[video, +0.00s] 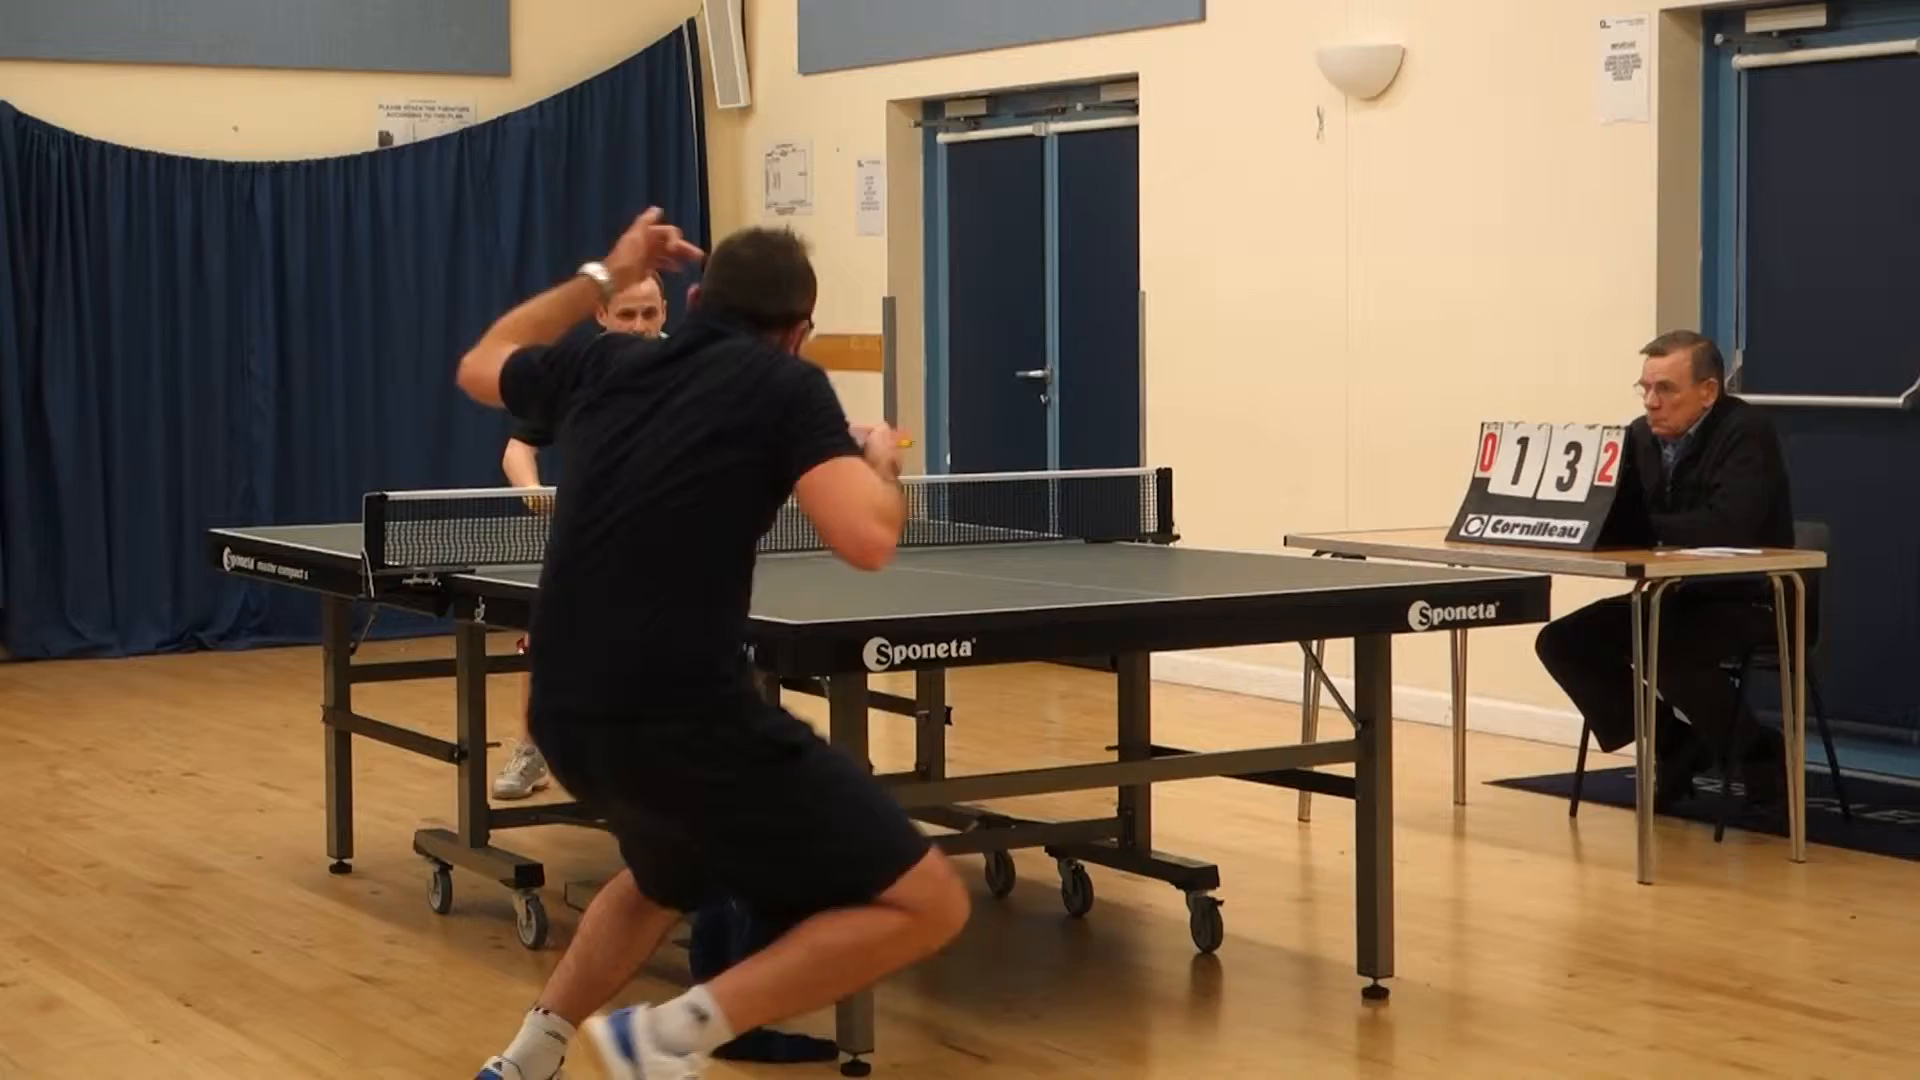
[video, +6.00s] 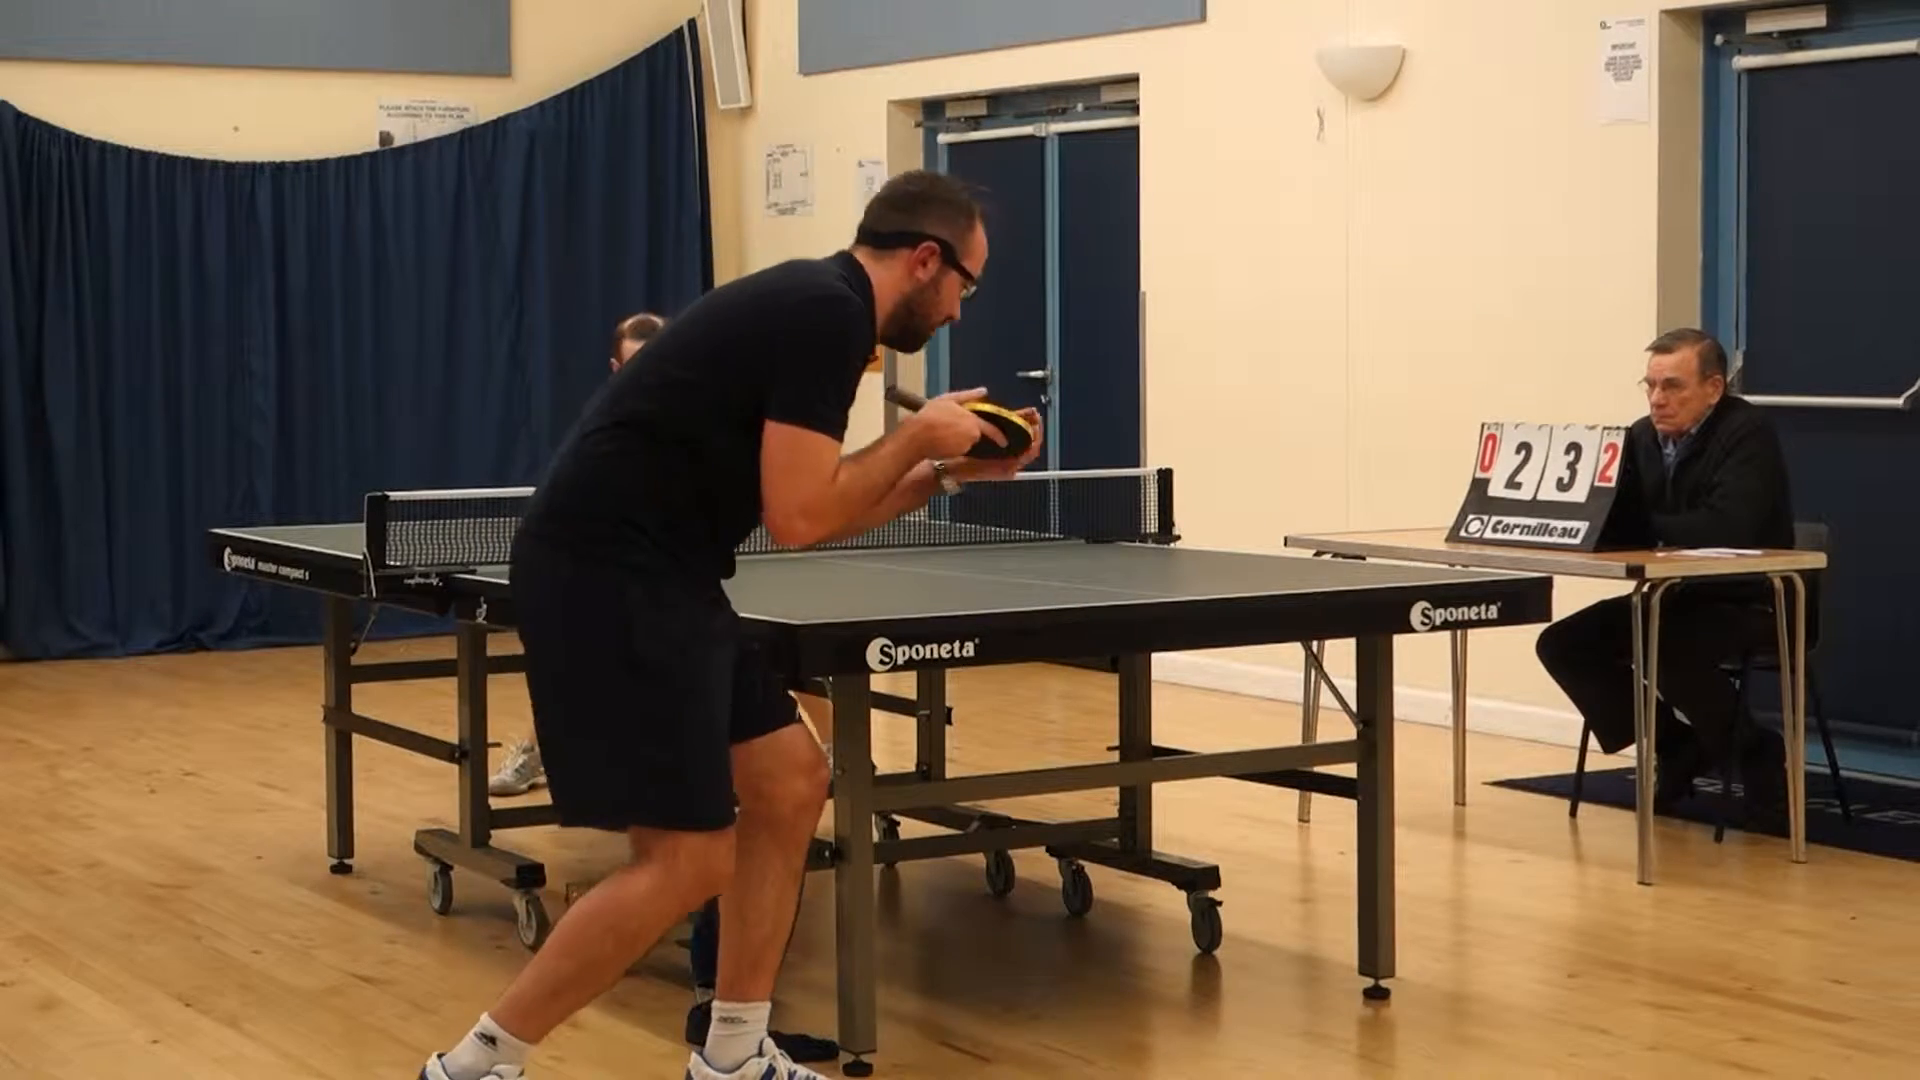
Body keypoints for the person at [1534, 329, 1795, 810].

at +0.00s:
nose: (1650, 401)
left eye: (1665, 389)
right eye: (1646, 387)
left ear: (1708, 392)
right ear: (1640, 387)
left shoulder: (1747, 433)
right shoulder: (1640, 436)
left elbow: (1735, 526)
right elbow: (1613, 519)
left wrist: (1643, 530)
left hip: (1754, 600)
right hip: (1672, 595)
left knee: (1667, 647)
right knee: (1561, 642)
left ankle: (1758, 751)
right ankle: (1674, 740)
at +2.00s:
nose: (1662, 379)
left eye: (1678, 371)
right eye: (1664, 367)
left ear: (1720, 387)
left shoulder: (1756, 434)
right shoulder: (1650, 423)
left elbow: (1737, 527)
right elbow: (1598, 488)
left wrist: (1637, 527)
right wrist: (1548, 431)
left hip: (1752, 596)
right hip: (1670, 592)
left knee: (1671, 648)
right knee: (1563, 644)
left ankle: (1756, 750)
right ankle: (1673, 742)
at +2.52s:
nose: (1661, 388)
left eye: (1677, 378)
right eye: (1658, 375)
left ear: (1719, 387)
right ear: (1653, 376)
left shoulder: (1755, 433)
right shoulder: (1648, 433)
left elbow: (1737, 527)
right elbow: (1616, 512)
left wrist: (1640, 530)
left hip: (1753, 597)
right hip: (1671, 592)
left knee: (1669, 650)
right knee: (1562, 644)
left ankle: (1758, 749)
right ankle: (1675, 742)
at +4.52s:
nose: (1663, 398)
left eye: (1679, 385)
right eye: (1655, 384)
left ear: (1717, 390)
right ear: (1647, 385)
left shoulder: (1749, 434)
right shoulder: (1641, 438)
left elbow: (1731, 527)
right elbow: (1609, 518)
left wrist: (1638, 529)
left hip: (1756, 600)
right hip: (1673, 596)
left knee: (1668, 647)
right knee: (1561, 644)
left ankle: (1757, 750)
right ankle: (1674, 743)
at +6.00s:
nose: (1657, 398)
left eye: (1671, 385)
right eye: (1651, 384)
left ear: (1713, 388)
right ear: (1644, 385)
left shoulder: (1748, 434)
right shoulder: (1641, 438)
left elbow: (1735, 527)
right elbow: (1612, 519)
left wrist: (1641, 531)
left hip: (1756, 599)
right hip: (1672, 594)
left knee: (1666, 644)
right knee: (1562, 644)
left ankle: (1755, 750)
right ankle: (1674, 742)